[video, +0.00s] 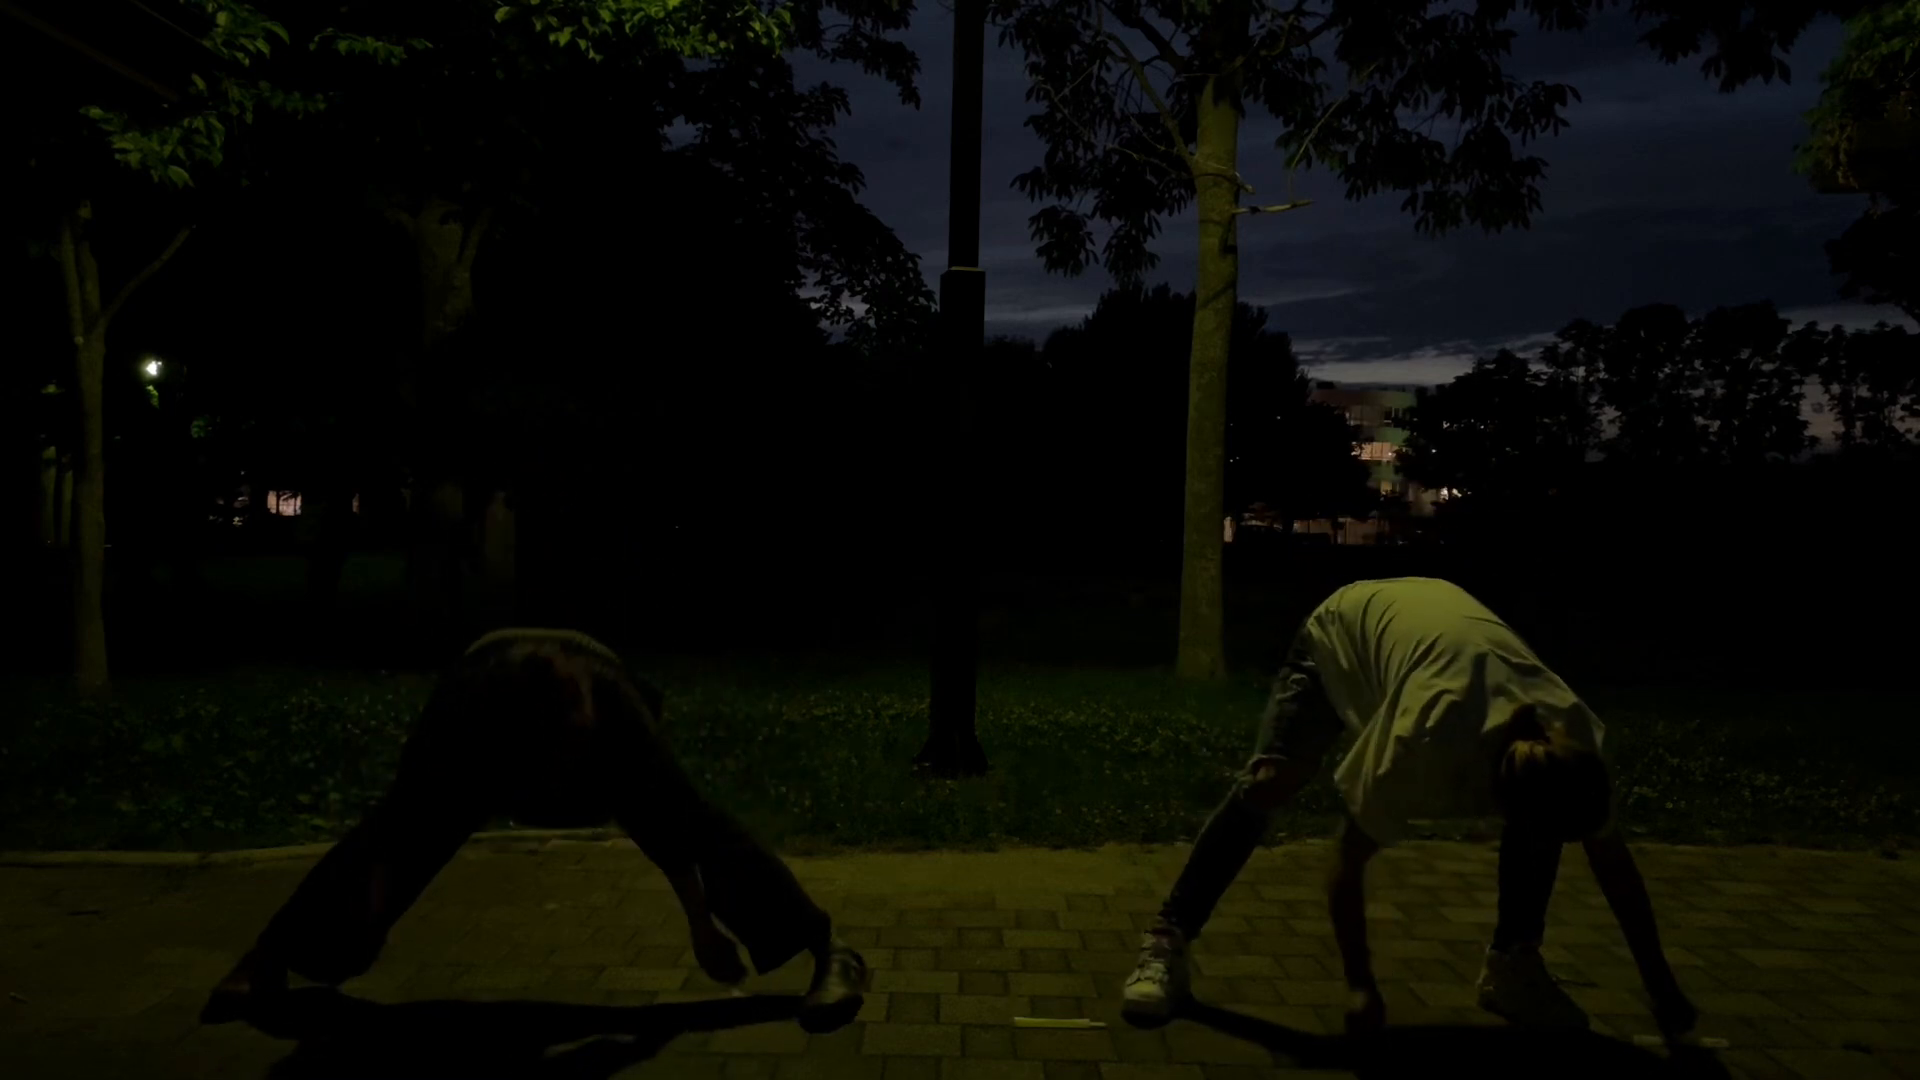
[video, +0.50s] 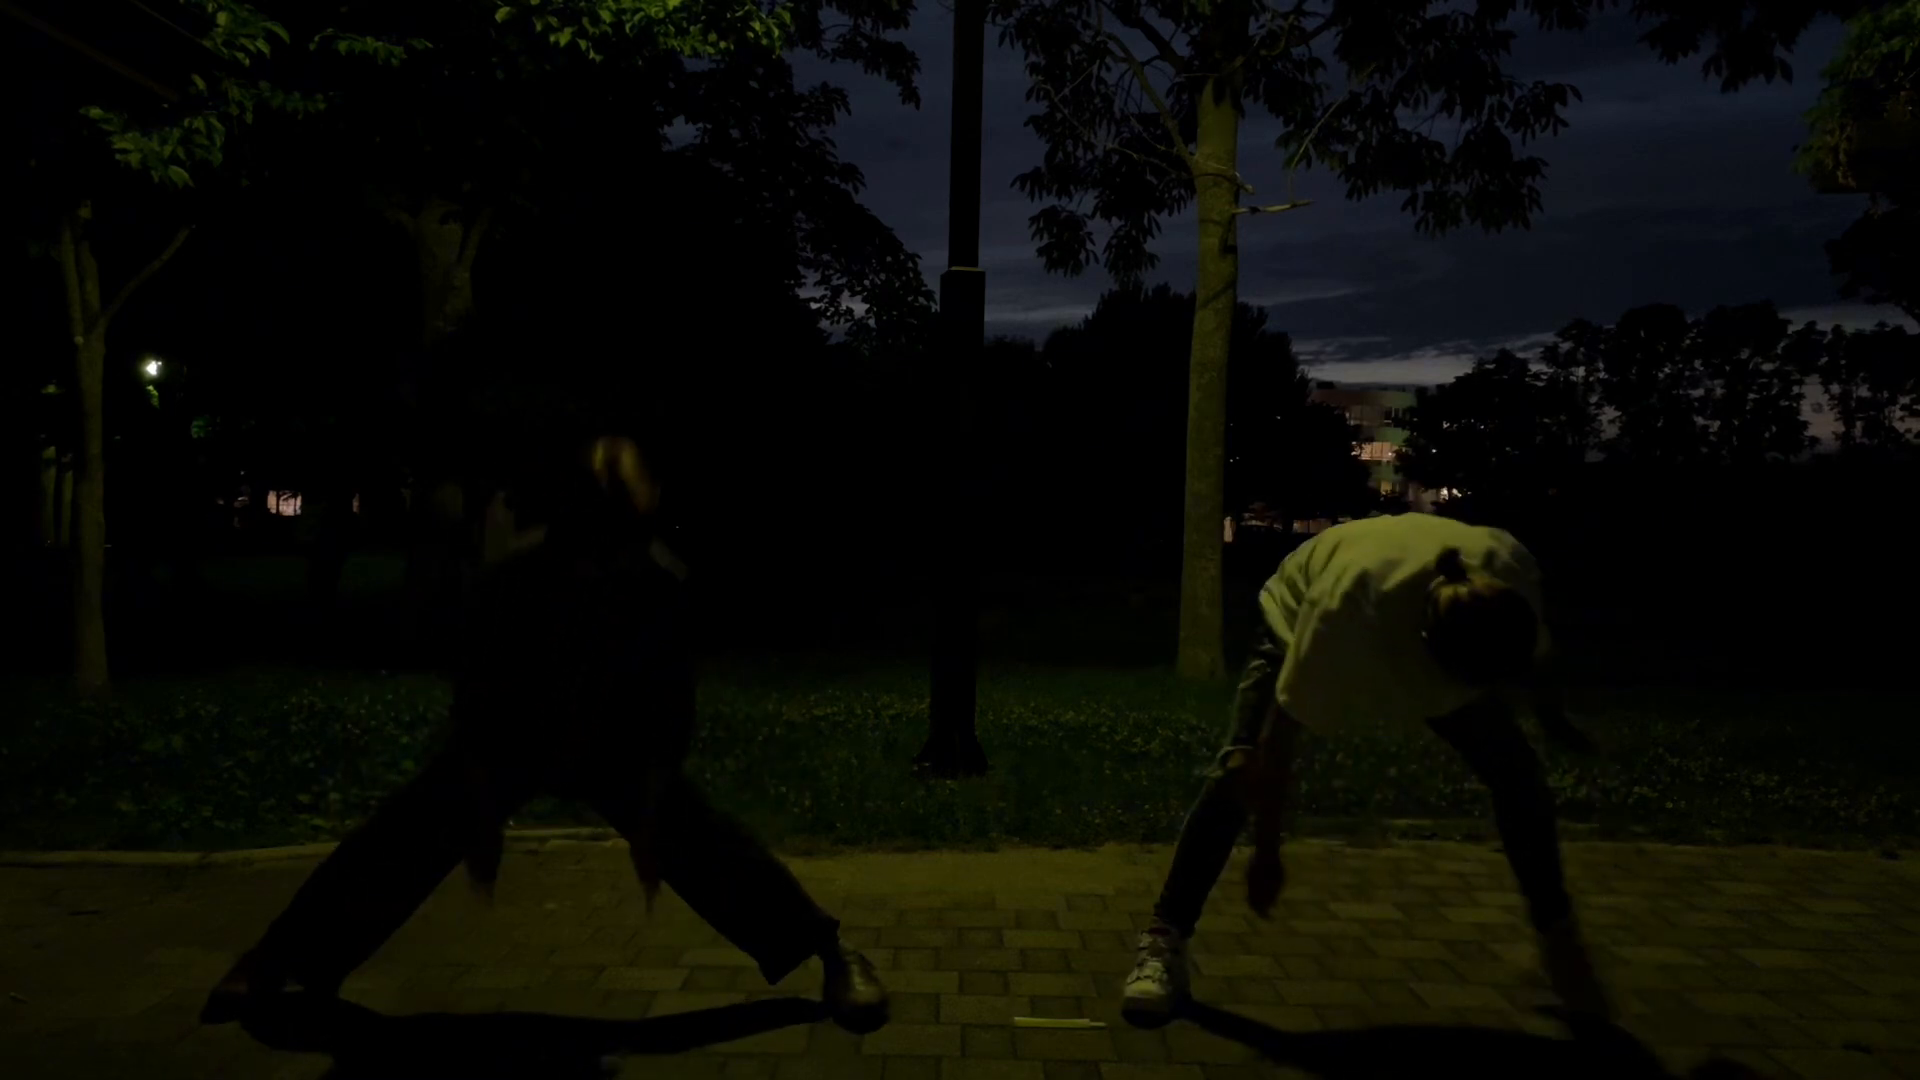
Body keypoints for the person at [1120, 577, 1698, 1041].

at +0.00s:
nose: (1537, 836)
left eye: (1556, 829)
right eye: (1535, 823)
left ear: (1586, 774)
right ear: (1511, 773)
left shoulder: (1577, 735)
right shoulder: (1426, 730)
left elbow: (1610, 857)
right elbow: (1347, 866)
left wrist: (1661, 982)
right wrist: (1362, 988)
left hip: (1450, 618)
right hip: (1343, 628)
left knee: (1546, 797)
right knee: (1265, 785)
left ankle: (1515, 968)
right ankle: (1166, 947)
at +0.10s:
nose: (1542, 830)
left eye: (1557, 819)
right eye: (1534, 816)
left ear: (1575, 754)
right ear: (1503, 758)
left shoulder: (1576, 732)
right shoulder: (1420, 720)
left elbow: (1611, 854)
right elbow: (1337, 851)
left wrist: (1663, 985)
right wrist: (1352, 975)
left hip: (1452, 618)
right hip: (1342, 628)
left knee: (1543, 803)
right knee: (1264, 787)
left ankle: (1514, 968)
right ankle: (1167, 947)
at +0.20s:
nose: (1527, 797)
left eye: (1543, 788)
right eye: (1518, 778)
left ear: (1567, 731)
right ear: (1493, 726)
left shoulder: (1564, 702)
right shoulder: (1408, 684)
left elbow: (1609, 822)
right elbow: (1319, 798)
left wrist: (1654, 936)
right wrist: (1330, 931)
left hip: (1446, 618)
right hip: (1336, 622)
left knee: (1532, 796)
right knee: (1262, 779)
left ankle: (1515, 965)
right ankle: (1166, 946)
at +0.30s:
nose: (1513, 756)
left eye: (1528, 747)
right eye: (1504, 745)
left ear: (1552, 701)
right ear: (1474, 704)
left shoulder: (1550, 666)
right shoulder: (1389, 662)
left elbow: (1602, 773)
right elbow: (1302, 781)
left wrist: (1634, 871)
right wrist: (1314, 909)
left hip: (1444, 604)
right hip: (1326, 616)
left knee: (1518, 789)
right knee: (1256, 774)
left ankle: (1515, 967)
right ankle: (1166, 946)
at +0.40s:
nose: (1492, 719)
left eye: (1508, 706)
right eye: (1484, 703)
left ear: (1533, 668)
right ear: (1458, 663)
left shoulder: (1542, 637)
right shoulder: (1373, 633)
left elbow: (1580, 731)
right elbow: (1291, 750)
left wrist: (1610, 805)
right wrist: (1298, 888)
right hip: (1315, 613)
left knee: (1504, 787)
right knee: (1249, 770)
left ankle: (1515, 965)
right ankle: (1165, 945)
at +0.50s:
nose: (1478, 683)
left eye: (1488, 673)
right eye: (1469, 671)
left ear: (1516, 620)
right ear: (1440, 620)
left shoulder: (1512, 572)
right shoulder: (1354, 594)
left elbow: (1536, 669)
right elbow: (1281, 731)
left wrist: (1558, 725)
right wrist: (1267, 853)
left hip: (1422, 641)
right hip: (1304, 624)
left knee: (1518, 778)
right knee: (1241, 772)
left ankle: (1562, 951)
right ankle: (1164, 943)